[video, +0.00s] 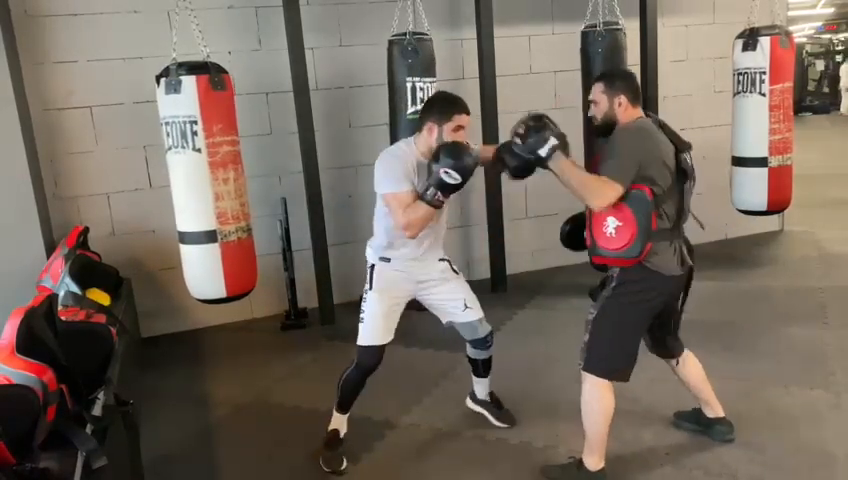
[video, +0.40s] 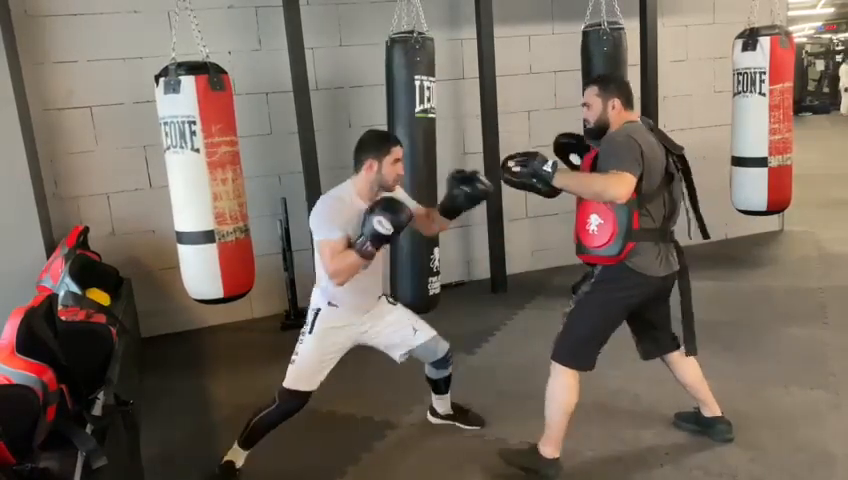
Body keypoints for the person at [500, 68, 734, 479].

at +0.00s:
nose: (591, 110)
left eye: (596, 102)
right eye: (591, 102)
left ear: (620, 101)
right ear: (628, 103)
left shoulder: (630, 137)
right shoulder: (655, 132)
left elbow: (601, 197)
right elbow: (651, 201)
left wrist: (552, 155)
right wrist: (596, 222)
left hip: (642, 272)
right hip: (674, 265)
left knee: (596, 366)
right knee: (669, 344)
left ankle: (592, 464)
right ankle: (715, 415)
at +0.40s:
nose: (584, 113)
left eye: (588, 105)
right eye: (583, 106)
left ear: (614, 104)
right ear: (622, 105)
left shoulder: (621, 139)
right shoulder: (647, 135)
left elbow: (618, 189)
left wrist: (552, 176)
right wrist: (588, 159)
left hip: (626, 268)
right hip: (660, 265)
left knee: (567, 354)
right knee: (667, 344)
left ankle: (547, 453)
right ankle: (713, 415)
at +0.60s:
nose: (550, 118)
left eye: (553, 110)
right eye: (550, 110)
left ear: (576, 111)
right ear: (582, 111)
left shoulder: (602, 152)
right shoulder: (594, 147)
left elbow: (600, 214)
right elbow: (561, 190)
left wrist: (544, 182)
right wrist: (511, 157)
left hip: (594, 281)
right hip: (621, 275)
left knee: (534, 360)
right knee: (653, 349)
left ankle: (527, 456)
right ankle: (707, 414)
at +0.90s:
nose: (509, 128)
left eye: (511, 120)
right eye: (508, 120)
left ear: (532, 119)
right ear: (547, 119)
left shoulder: (526, 153)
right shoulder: (584, 147)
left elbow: (471, 195)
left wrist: (443, 173)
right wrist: (512, 215)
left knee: (513, 361)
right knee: (629, 344)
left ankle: (524, 455)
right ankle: (661, 413)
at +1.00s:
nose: (512, 122)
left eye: (514, 114)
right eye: (511, 114)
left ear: (535, 113)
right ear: (549, 113)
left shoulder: (550, 150)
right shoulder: (576, 141)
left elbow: (536, 215)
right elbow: (565, 201)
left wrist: (498, 208)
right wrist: (519, 185)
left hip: (577, 277)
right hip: (608, 269)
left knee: (522, 361)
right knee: (618, 344)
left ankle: (526, 455)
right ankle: (662, 413)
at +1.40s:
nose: (514, 142)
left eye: (517, 132)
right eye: (514, 133)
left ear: (538, 128)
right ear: (551, 130)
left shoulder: (534, 160)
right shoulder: (588, 157)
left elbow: (496, 208)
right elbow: (628, 213)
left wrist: (426, 207)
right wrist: (593, 247)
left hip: (570, 283)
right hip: (609, 280)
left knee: (512, 369)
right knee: (617, 347)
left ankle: (512, 466)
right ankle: (663, 413)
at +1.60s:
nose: (487, 145)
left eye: (488, 136)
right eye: (486, 137)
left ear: (510, 130)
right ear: (513, 132)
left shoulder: (556, 150)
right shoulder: (523, 171)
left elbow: (556, 193)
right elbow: (500, 223)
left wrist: (500, 174)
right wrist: (439, 225)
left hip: (581, 283)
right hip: (570, 282)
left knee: (516, 373)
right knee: (598, 355)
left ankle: (514, 467)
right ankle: (657, 412)